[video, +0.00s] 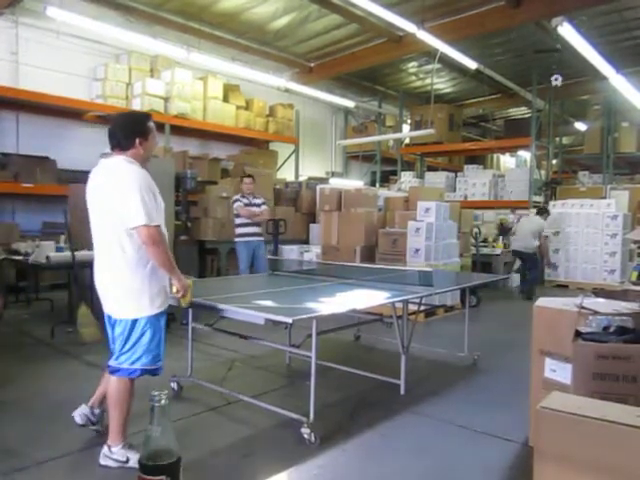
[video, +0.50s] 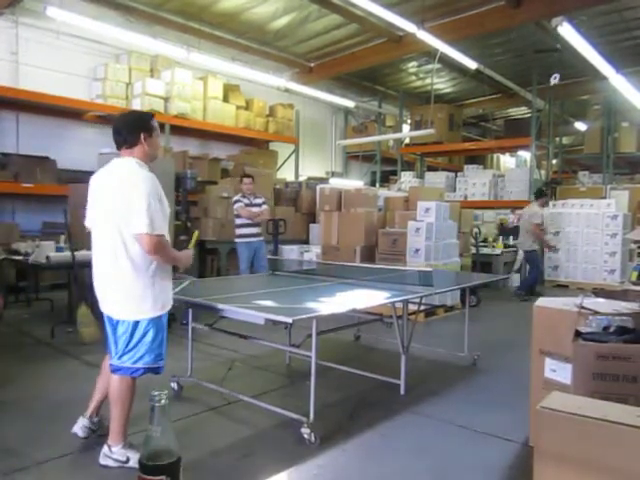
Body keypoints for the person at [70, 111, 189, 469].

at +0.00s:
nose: (154, 146)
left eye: (153, 139)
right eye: (152, 139)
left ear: (117, 141)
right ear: (139, 141)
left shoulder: (101, 171)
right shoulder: (133, 176)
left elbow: (109, 231)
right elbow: (150, 236)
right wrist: (176, 276)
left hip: (112, 286)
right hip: (136, 291)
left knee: (123, 357)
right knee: (126, 366)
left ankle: (93, 407)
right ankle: (115, 446)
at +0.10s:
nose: (157, 145)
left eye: (156, 138)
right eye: (154, 138)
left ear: (119, 141)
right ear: (140, 141)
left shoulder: (101, 172)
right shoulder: (135, 176)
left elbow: (107, 230)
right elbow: (152, 236)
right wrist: (177, 275)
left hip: (111, 286)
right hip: (136, 291)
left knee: (122, 357)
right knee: (126, 367)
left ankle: (92, 408)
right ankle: (115, 447)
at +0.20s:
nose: (158, 145)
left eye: (157, 137)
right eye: (155, 138)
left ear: (119, 140)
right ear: (141, 140)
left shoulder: (101, 172)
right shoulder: (136, 177)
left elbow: (108, 231)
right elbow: (153, 238)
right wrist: (178, 275)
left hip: (112, 286)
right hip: (137, 292)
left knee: (121, 356)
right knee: (126, 367)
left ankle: (90, 409)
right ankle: (115, 447)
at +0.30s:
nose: (158, 145)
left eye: (157, 137)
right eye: (155, 138)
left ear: (120, 141)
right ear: (141, 139)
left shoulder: (102, 173)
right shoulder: (138, 178)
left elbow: (108, 231)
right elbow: (152, 239)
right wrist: (177, 272)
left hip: (111, 286)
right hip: (137, 292)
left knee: (119, 355)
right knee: (126, 367)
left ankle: (90, 411)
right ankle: (115, 446)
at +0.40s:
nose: (158, 144)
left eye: (157, 137)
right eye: (156, 137)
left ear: (121, 140)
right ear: (142, 139)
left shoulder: (104, 173)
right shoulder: (139, 177)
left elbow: (109, 232)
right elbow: (152, 242)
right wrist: (175, 265)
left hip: (111, 287)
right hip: (136, 293)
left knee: (118, 356)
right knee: (126, 368)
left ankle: (89, 414)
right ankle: (116, 446)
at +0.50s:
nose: (159, 143)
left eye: (158, 136)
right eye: (156, 137)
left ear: (121, 140)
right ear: (143, 138)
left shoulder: (102, 175)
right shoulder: (142, 178)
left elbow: (92, 224)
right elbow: (151, 243)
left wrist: (132, 238)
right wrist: (178, 257)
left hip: (110, 289)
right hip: (137, 295)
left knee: (116, 355)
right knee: (126, 368)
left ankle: (89, 417)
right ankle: (116, 446)